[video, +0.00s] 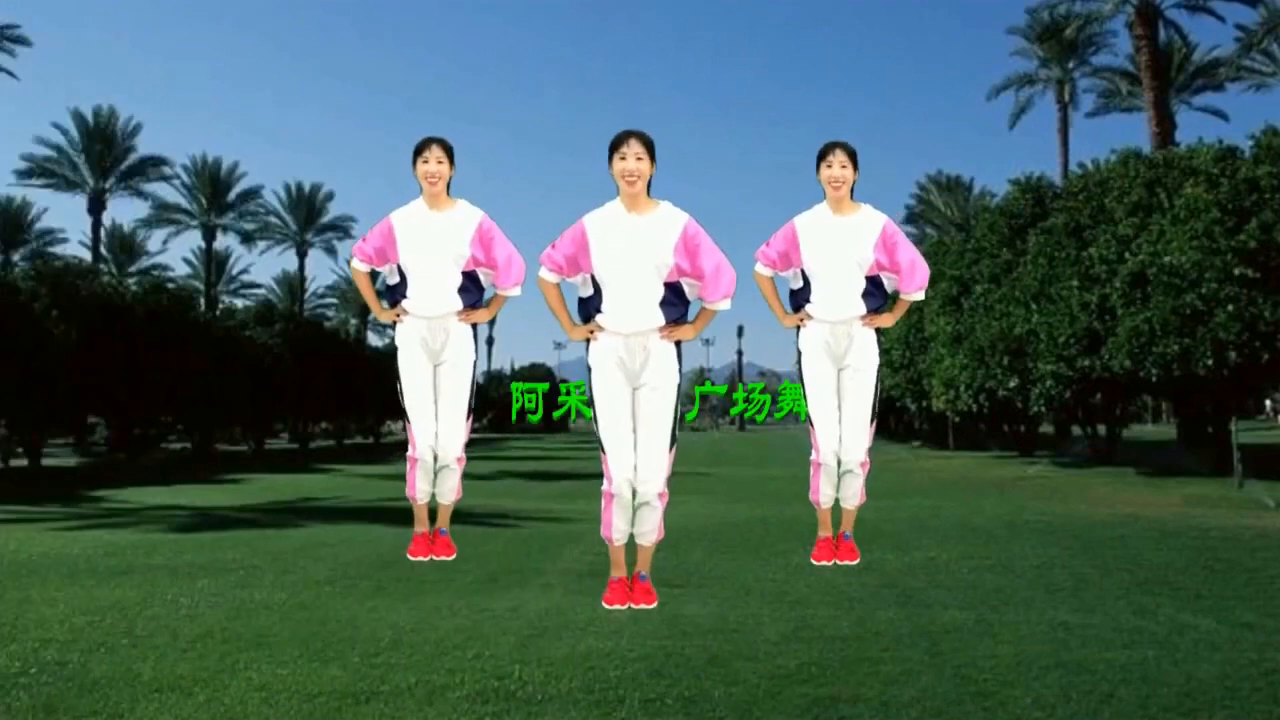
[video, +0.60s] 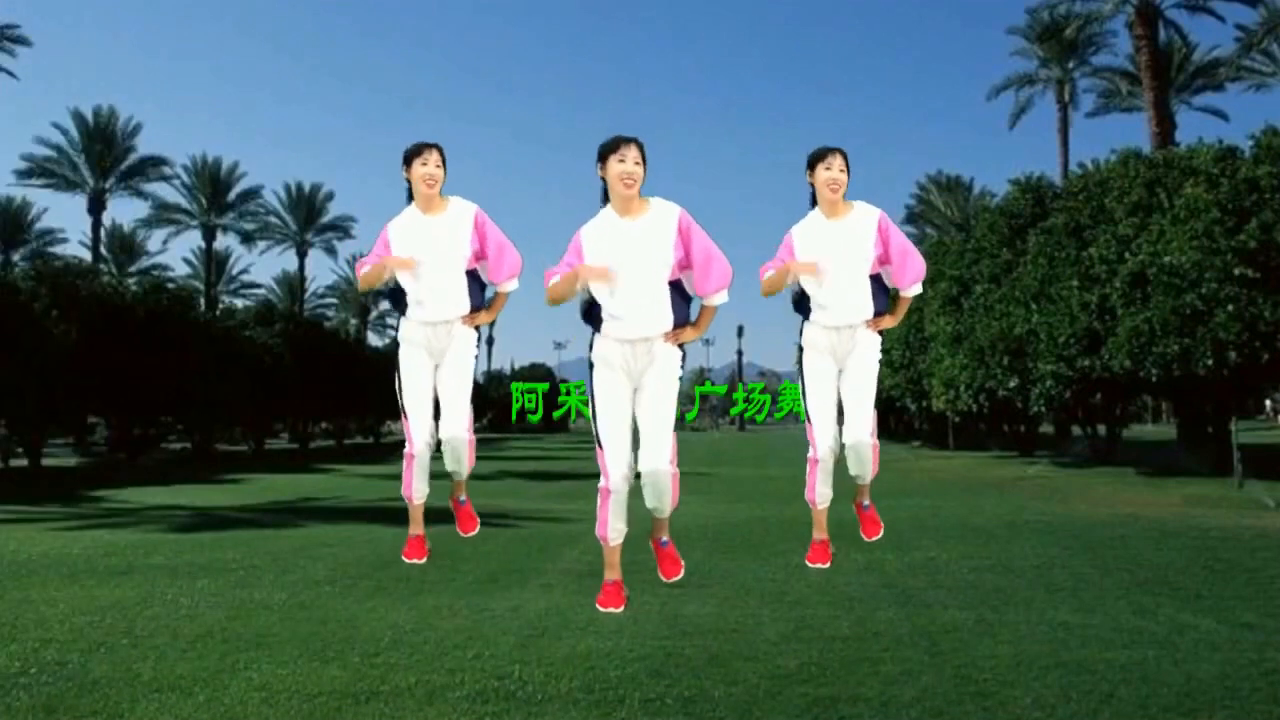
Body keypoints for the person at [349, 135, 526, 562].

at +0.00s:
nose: (433, 168)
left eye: (440, 161)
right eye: (425, 162)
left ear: (451, 169)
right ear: (415, 170)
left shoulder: (472, 218)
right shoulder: (400, 220)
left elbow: (513, 267)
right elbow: (358, 262)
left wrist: (489, 310)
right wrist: (379, 309)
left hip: (458, 330)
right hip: (413, 329)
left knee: (452, 432)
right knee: (421, 431)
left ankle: (443, 528)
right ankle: (421, 529)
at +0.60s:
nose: (431, 170)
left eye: (437, 164)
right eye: (423, 164)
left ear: (445, 174)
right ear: (408, 174)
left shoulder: (468, 215)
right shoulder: (397, 227)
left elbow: (509, 262)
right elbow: (364, 282)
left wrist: (491, 310)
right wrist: (386, 265)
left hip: (459, 330)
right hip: (415, 332)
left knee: (456, 431)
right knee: (419, 432)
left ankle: (459, 496)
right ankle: (416, 529)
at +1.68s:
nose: (454, 155)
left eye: (457, 147)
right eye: (444, 148)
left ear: (465, 153)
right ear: (428, 157)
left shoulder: (491, 196)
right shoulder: (420, 200)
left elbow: (527, 243)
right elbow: (456, 213)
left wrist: (512, 286)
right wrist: (450, 157)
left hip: (484, 304)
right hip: (440, 305)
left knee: (494, 425)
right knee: (436, 423)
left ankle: (492, 489)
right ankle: (427, 525)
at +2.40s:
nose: (453, 184)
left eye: (460, 177)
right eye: (445, 178)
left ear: (471, 184)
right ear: (434, 186)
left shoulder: (493, 234)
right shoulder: (424, 236)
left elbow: (519, 292)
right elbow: (387, 293)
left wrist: (496, 333)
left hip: (470, 343)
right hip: (427, 338)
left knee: (461, 455)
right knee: (427, 442)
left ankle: (430, 435)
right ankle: (424, 531)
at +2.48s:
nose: (454, 181)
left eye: (461, 174)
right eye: (446, 175)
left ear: (472, 181)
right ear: (435, 183)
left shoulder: (494, 231)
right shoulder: (424, 234)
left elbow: (520, 288)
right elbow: (374, 280)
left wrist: (497, 330)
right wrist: (392, 330)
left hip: (472, 342)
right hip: (430, 339)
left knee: (466, 453)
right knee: (429, 444)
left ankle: (432, 418)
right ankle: (424, 533)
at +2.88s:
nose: (477, 182)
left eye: (485, 175)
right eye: (469, 174)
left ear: (494, 183)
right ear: (457, 182)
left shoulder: (503, 234)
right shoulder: (436, 225)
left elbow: (541, 275)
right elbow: (400, 281)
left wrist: (519, 293)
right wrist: (420, 331)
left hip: (503, 334)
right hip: (459, 338)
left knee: (509, 436)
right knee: (477, 445)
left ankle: (489, 532)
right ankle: (451, 530)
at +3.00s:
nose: (476, 162)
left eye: (484, 156)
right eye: (469, 156)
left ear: (495, 165)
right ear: (458, 164)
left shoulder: (511, 212)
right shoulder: (436, 210)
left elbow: (551, 255)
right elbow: (396, 255)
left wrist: (523, 284)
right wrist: (420, 301)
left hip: (498, 321)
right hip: (453, 322)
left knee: (498, 428)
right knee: (461, 429)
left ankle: (489, 531)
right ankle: (449, 530)